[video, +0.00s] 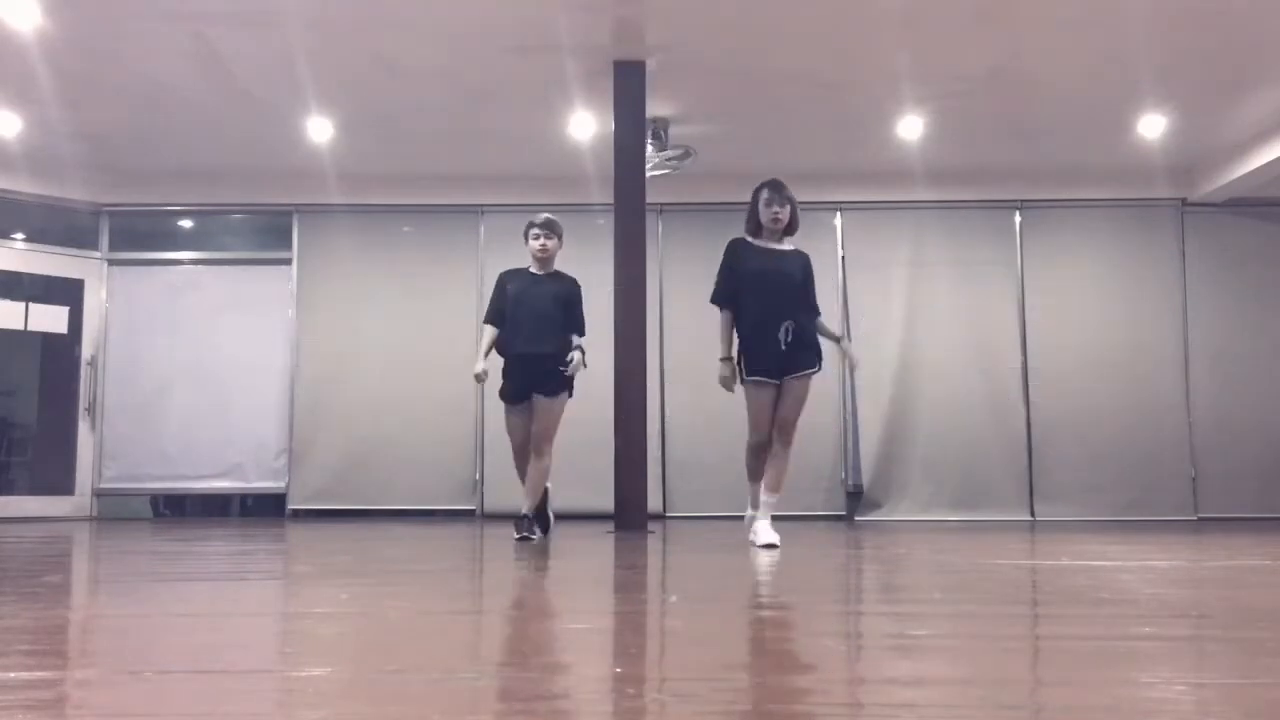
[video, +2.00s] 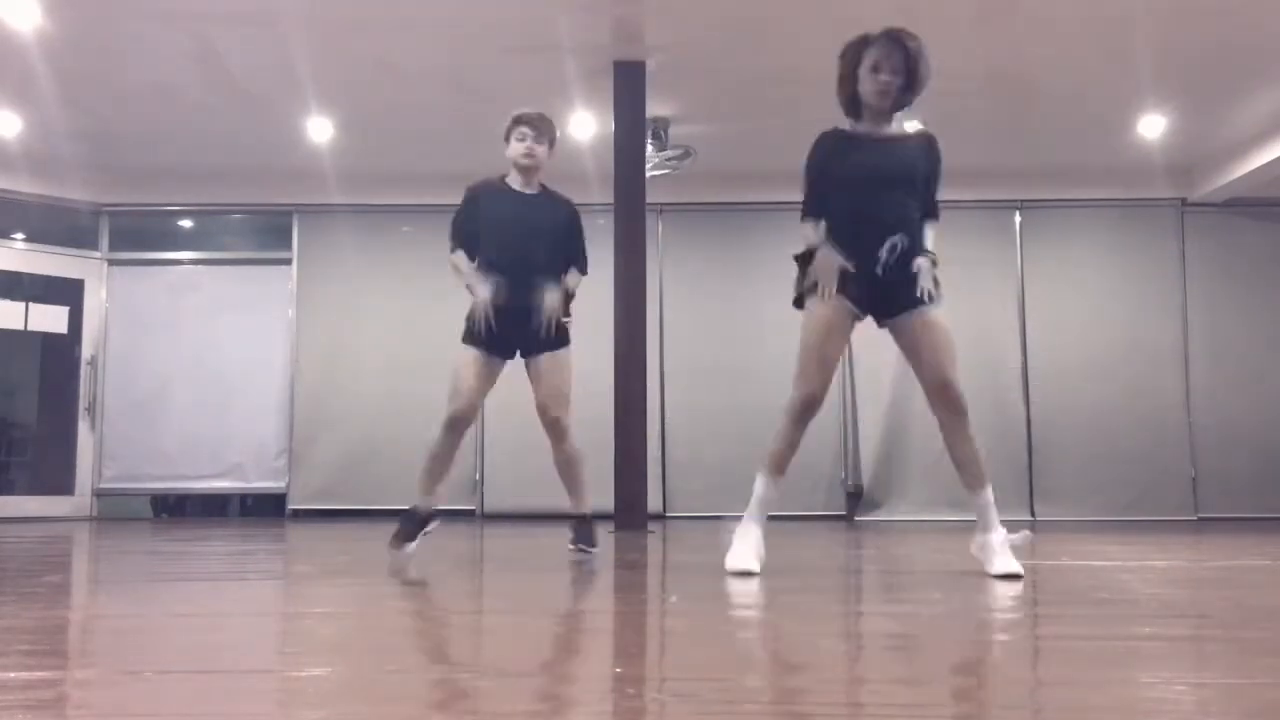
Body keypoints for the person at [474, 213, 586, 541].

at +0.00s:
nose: (542, 242)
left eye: (548, 237)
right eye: (536, 237)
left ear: (559, 243)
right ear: (526, 243)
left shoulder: (568, 285)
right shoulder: (508, 279)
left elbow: (576, 332)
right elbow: (493, 323)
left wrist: (578, 352)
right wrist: (481, 357)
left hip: (553, 370)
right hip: (515, 370)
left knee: (541, 447)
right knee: (520, 449)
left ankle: (527, 516)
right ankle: (540, 503)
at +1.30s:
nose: (525, 201)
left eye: (534, 194)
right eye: (518, 194)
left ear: (549, 200)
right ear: (509, 200)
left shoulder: (570, 229)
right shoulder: (498, 254)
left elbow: (599, 279)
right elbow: (492, 321)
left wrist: (607, 333)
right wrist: (485, 297)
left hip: (566, 344)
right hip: (516, 347)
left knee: (561, 400)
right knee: (518, 445)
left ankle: (549, 503)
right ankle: (520, 525)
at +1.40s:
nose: (522, 196)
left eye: (528, 187)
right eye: (513, 191)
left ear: (543, 192)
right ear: (503, 201)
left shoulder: (576, 231)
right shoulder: (499, 250)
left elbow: (597, 286)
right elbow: (494, 308)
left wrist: (600, 338)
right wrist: (510, 265)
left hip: (566, 343)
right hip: (513, 347)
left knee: (558, 407)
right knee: (522, 448)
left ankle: (551, 515)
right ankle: (521, 524)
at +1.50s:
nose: (533, 185)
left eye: (539, 176)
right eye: (524, 181)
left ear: (554, 181)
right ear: (514, 190)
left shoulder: (579, 234)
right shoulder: (501, 230)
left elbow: (589, 295)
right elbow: (488, 278)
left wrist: (590, 338)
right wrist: (529, 238)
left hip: (565, 341)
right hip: (514, 341)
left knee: (558, 423)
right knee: (524, 446)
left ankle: (552, 525)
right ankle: (524, 524)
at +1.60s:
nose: (556, 180)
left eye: (563, 175)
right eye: (548, 172)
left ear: (571, 188)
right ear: (531, 179)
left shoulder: (571, 239)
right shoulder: (510, 212)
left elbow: (579, 302)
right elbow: (492, 235)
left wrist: (595, 338)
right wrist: (530, 208)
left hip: (565, 340)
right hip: (515, 339)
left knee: (559, 425)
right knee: (526, 445)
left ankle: (552, 526)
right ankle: (533, 516)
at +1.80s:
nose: (561, 192)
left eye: (569, 190)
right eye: (558, 181)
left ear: (571, 200)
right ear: (537, 179)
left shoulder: (571, 245)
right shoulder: (502, 225)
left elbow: (591, 292)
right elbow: (501, 204)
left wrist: (587, 308)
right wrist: (529, 174)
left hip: (558, 341)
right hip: (506, 338)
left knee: (552, 429)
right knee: (514, 417)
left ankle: (550, 527)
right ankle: (520, 482)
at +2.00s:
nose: (528, 146)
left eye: (537, 140)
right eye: (520, 139)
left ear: (549, 152)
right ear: (506, 147)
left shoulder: (562, 209)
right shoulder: (481, 196)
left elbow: (576, 266)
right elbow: (458, 252)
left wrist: (561, 291)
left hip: (543, 320)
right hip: (491, 318)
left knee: (556, 420)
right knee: (458, 414)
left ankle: (582, 519)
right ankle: (423, 507)